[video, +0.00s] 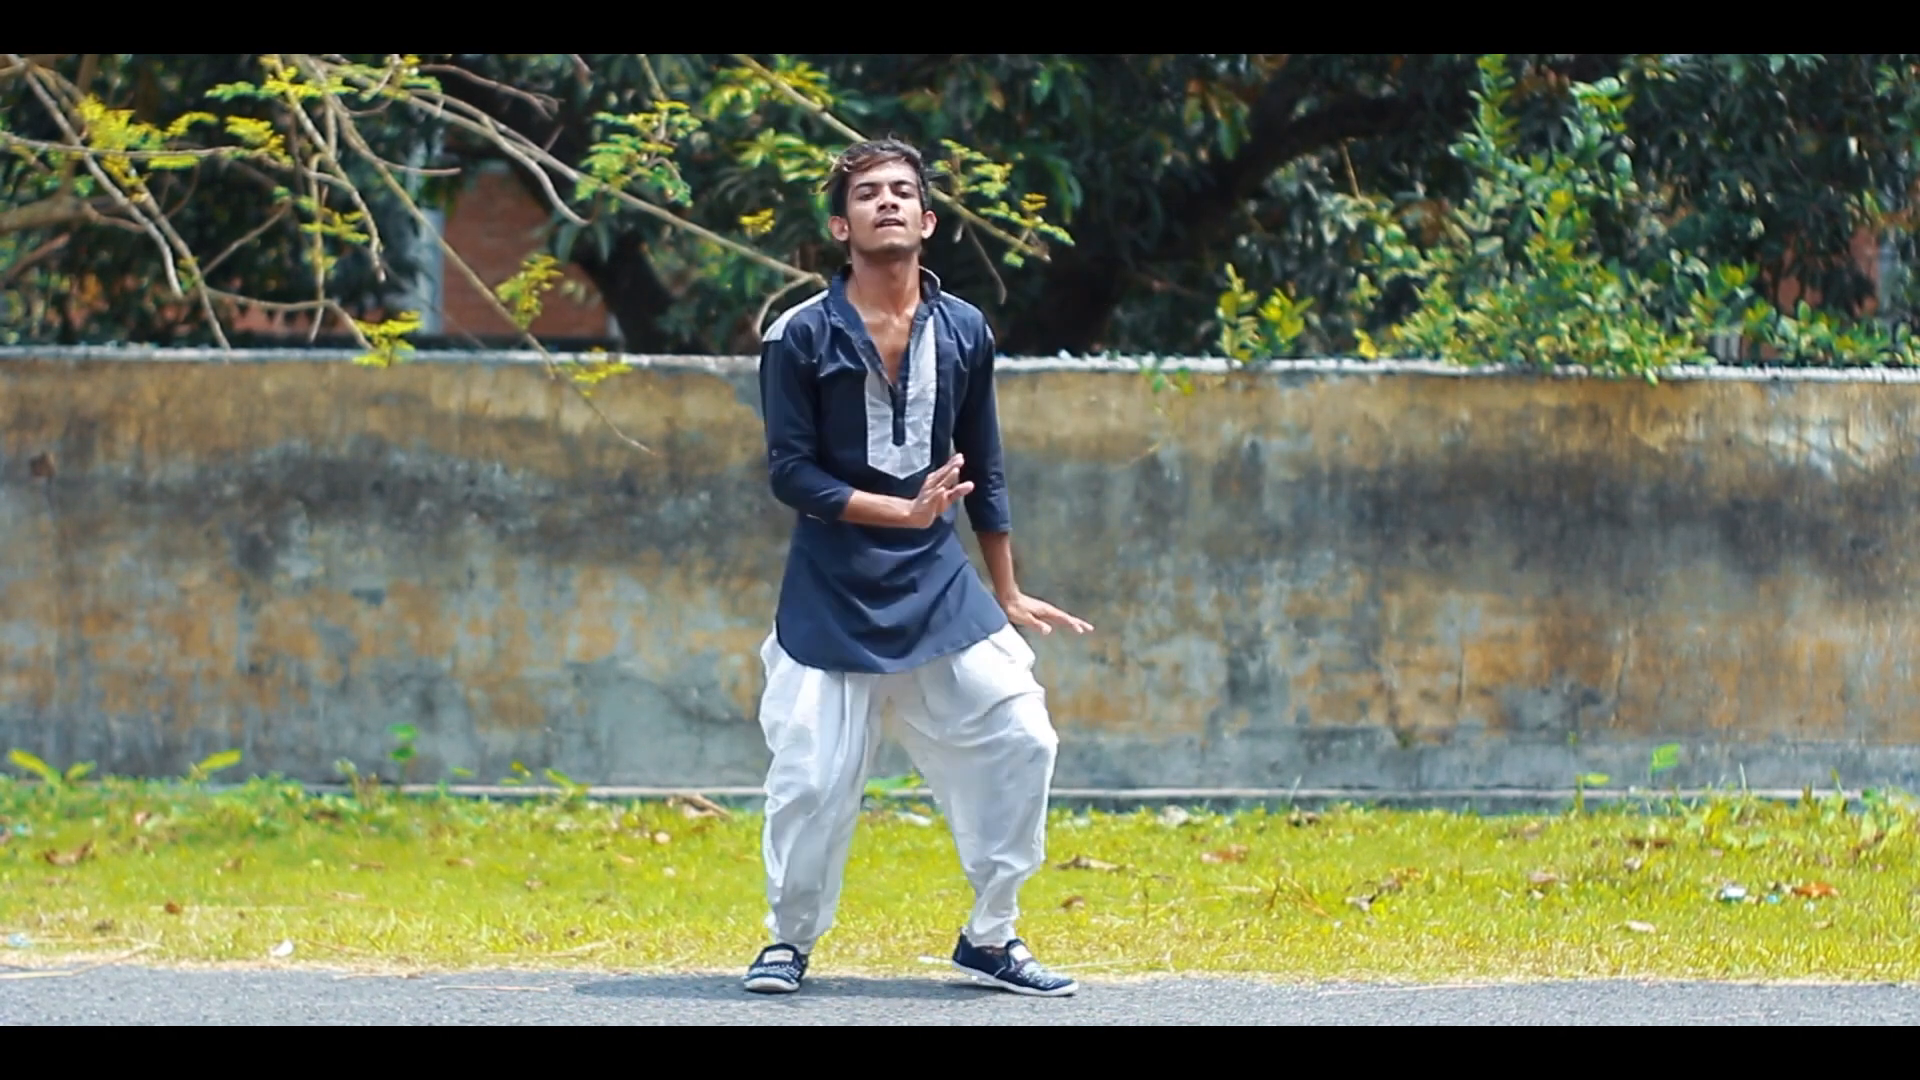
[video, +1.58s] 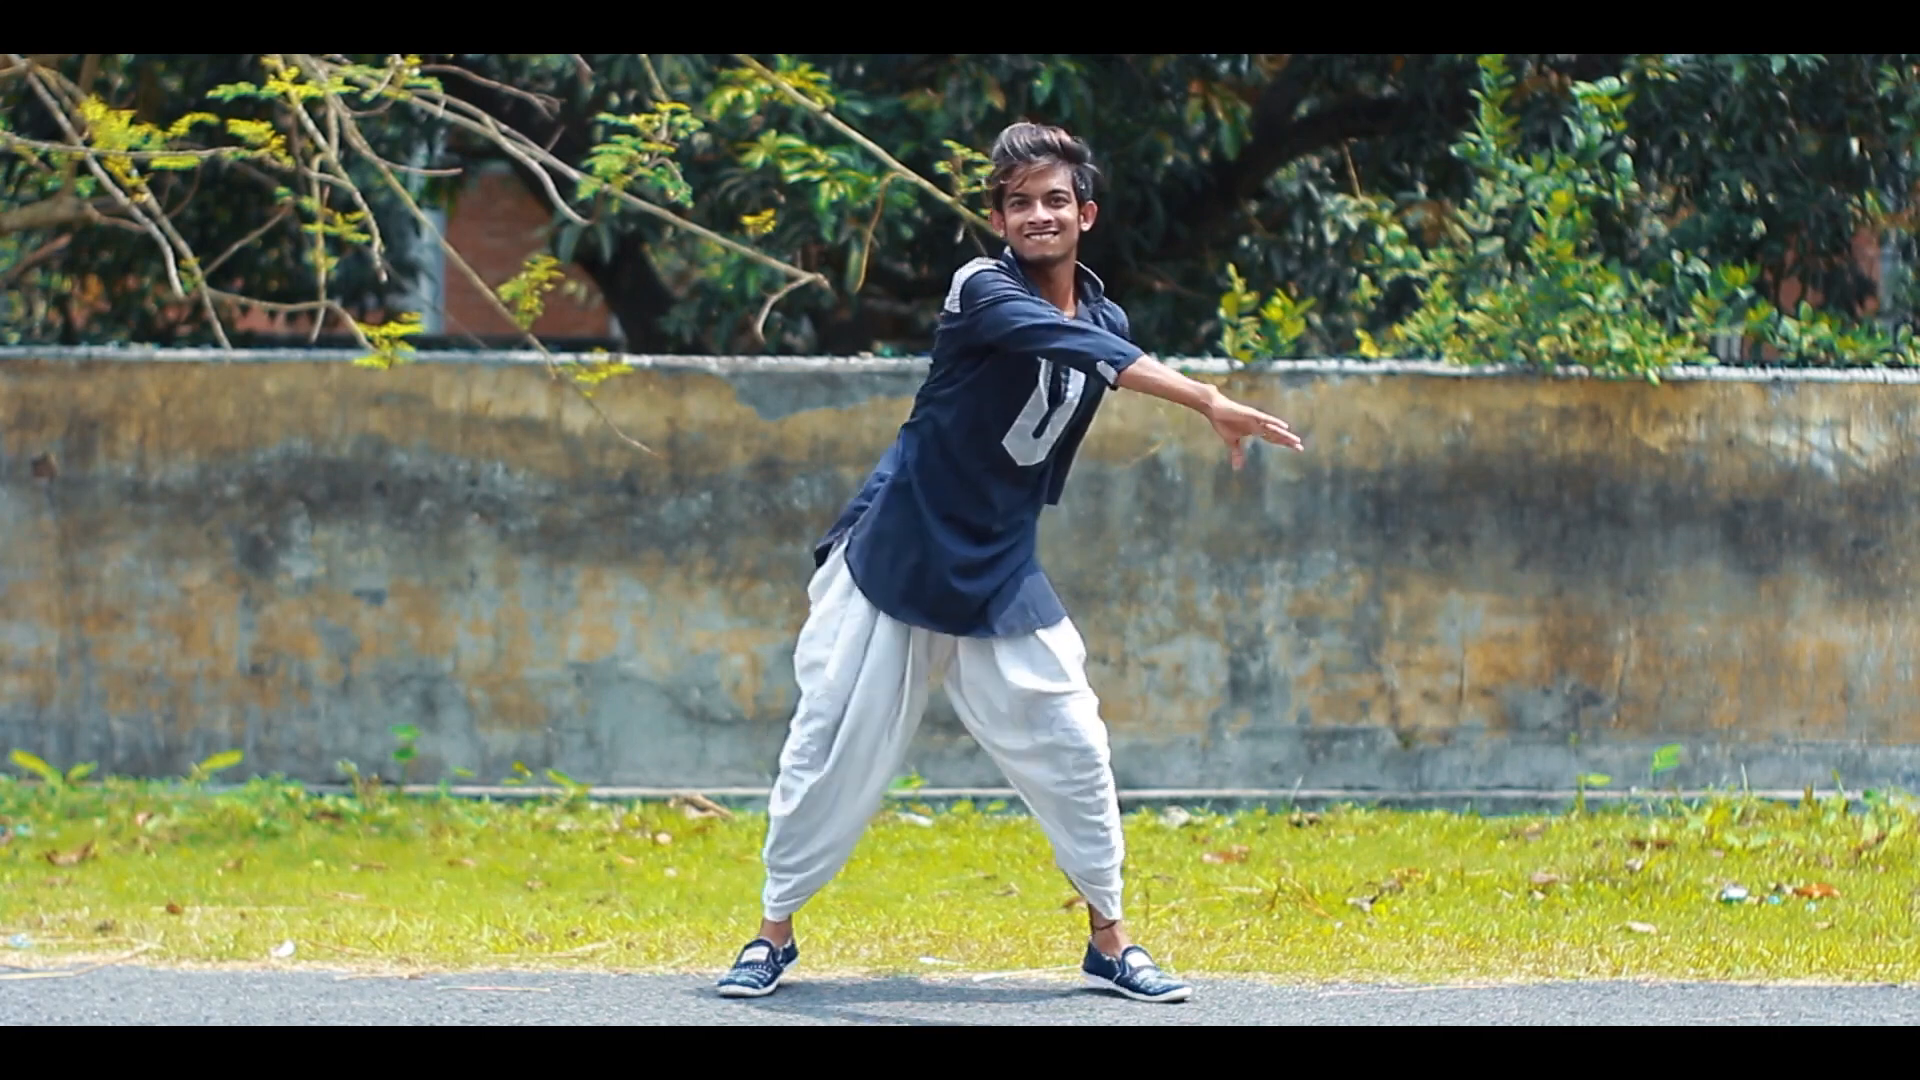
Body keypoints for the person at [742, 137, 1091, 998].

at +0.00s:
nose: (888, 202)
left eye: (902, 192)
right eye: (870, 195)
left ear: (928, 221)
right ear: (842, 228)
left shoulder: (963, 330)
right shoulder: (801, 336)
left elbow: (985, 465)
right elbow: (790, 471)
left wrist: (1008, 590)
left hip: (937, 582)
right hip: (833, 587)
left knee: (1024, 738)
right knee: (811, 779)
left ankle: (990, 936)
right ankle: (788, 943)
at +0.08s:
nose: (905, 198)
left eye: (917, 186)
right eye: (885, 187)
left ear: (939, 207)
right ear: (853, 214)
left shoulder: (964, 317)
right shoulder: (831, 313)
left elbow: (965, 445)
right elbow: (885, 423)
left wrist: (967, 546)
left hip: (937, 552)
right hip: (840, 560)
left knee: (1034, 712)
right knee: (818, 768)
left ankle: (1010, 917)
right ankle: (790, 942)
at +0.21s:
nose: (928, 171)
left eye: (941, 155)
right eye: (907, 161)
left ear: (965, 171)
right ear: (880, 188)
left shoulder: (977, 265)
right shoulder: (890, 271)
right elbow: (992, 315)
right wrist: (1138, 281)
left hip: (954, 538)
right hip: (863, 544)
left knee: (1052, 701)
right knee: (819, 754)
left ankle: (1071, 916)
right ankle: (781, 939)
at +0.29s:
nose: (949, 183)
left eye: (961, 166)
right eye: (927, 172)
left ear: (984, 180)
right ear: (898, 197)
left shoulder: (998, 274)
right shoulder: (919, 285)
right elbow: (1020, 330)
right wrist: (1168, 299)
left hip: (972, 557)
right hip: (879, 557)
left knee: (1061, 725)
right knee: (815, 754)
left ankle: (1094, 935)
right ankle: (774, 929)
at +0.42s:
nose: (974, 233)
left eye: (987, 217)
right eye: (953, 221)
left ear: (1007, 229)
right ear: (923, 242)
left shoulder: (1019, 318)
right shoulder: (932, 345)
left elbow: (991, 441)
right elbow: (1041, 437)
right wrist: (1165, 392)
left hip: (1003, 598)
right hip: (910, 599)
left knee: (1118, 745)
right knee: (821, 786)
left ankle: (1094, 948)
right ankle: (764, 944)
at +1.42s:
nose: (1022, 278)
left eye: (1041, 261)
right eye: (1004, 262)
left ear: (1071, 274)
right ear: (984, 274)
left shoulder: (1076, 368)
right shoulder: (973, 347)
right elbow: (1096, 393)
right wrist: (1244, 406)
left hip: (1014, 620)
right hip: (905, 617)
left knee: (1129, 762)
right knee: (766, 777)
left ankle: (1112, 953)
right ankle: (767, 945)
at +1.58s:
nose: (1038, 214)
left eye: (1056, 199)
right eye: (1020, 201)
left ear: (1087, 213)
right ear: (998, 217)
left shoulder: (1105, 322)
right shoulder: (984, 289)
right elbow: (1095, 355)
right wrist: (1209, 401)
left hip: (1001, 557)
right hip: (899, 542)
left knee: (1074, 746)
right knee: (829, 740)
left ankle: (1109, 941)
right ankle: (773, 935)